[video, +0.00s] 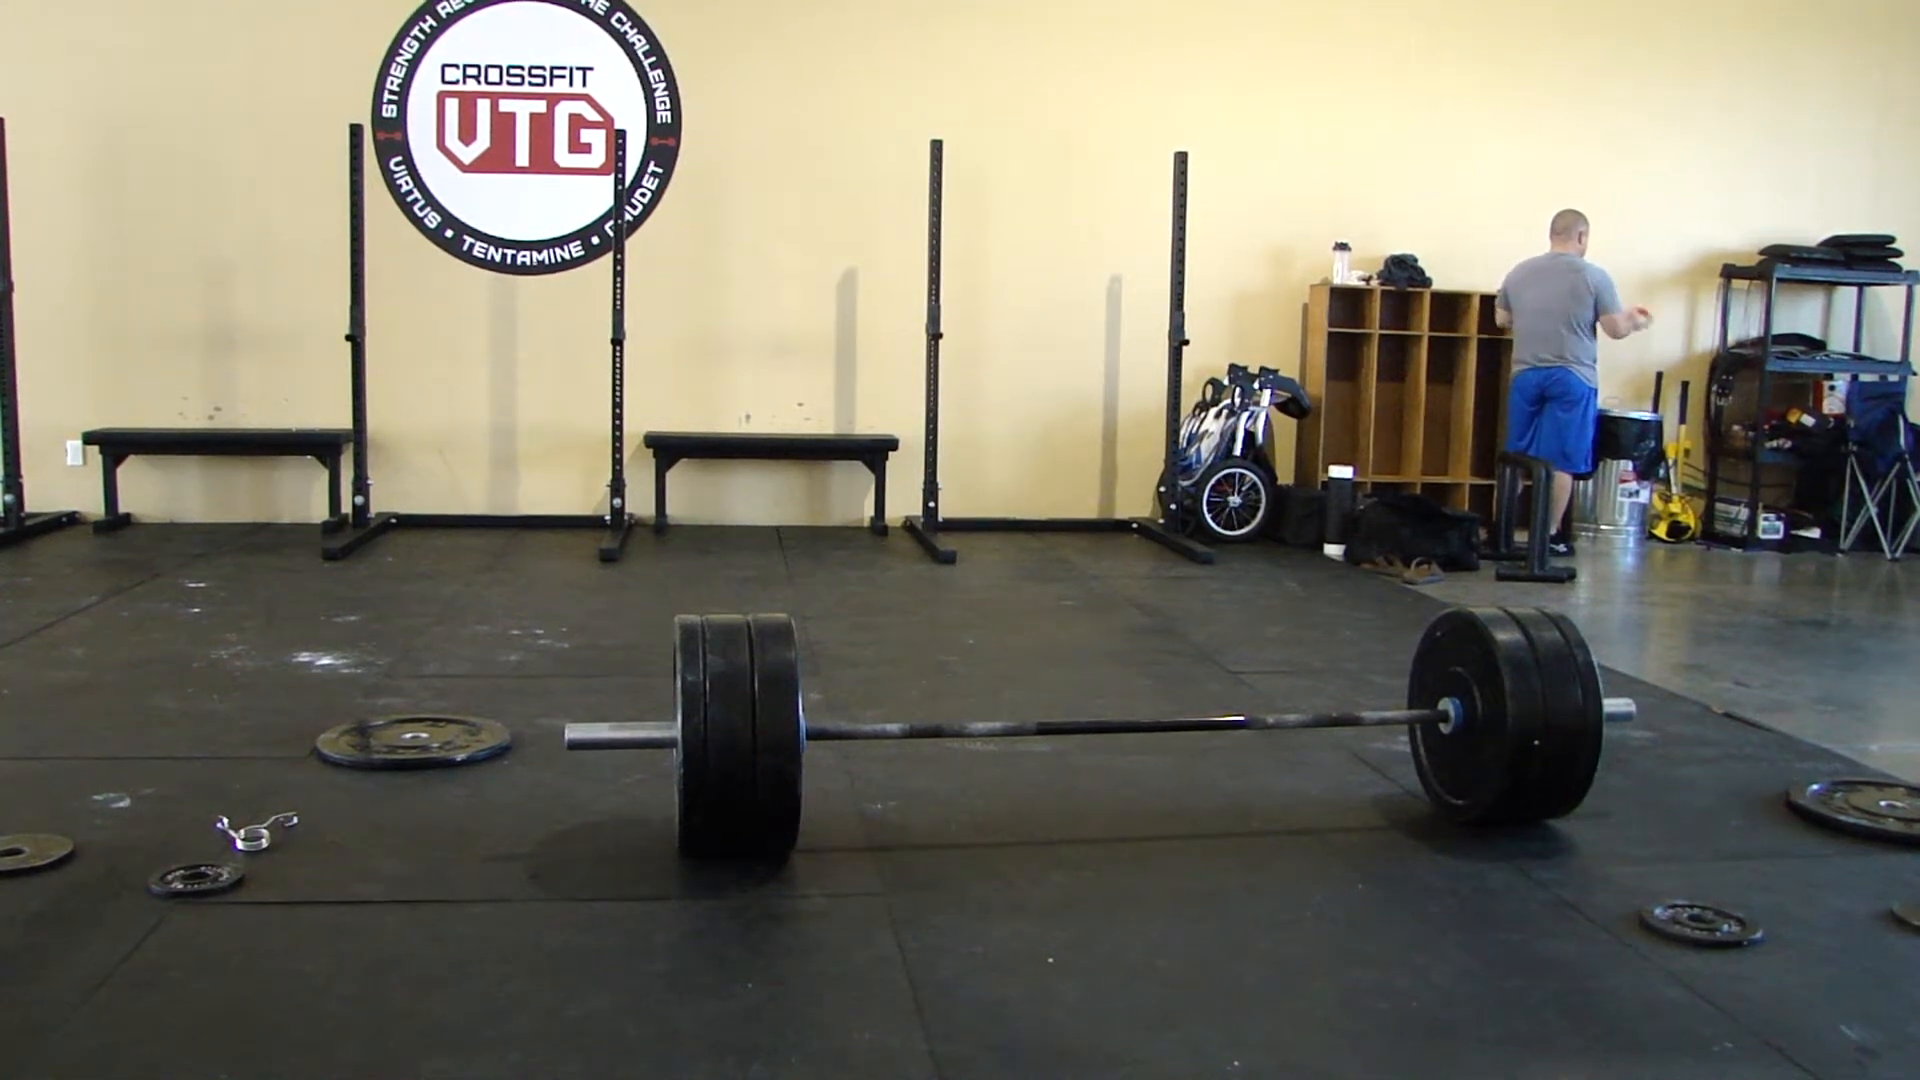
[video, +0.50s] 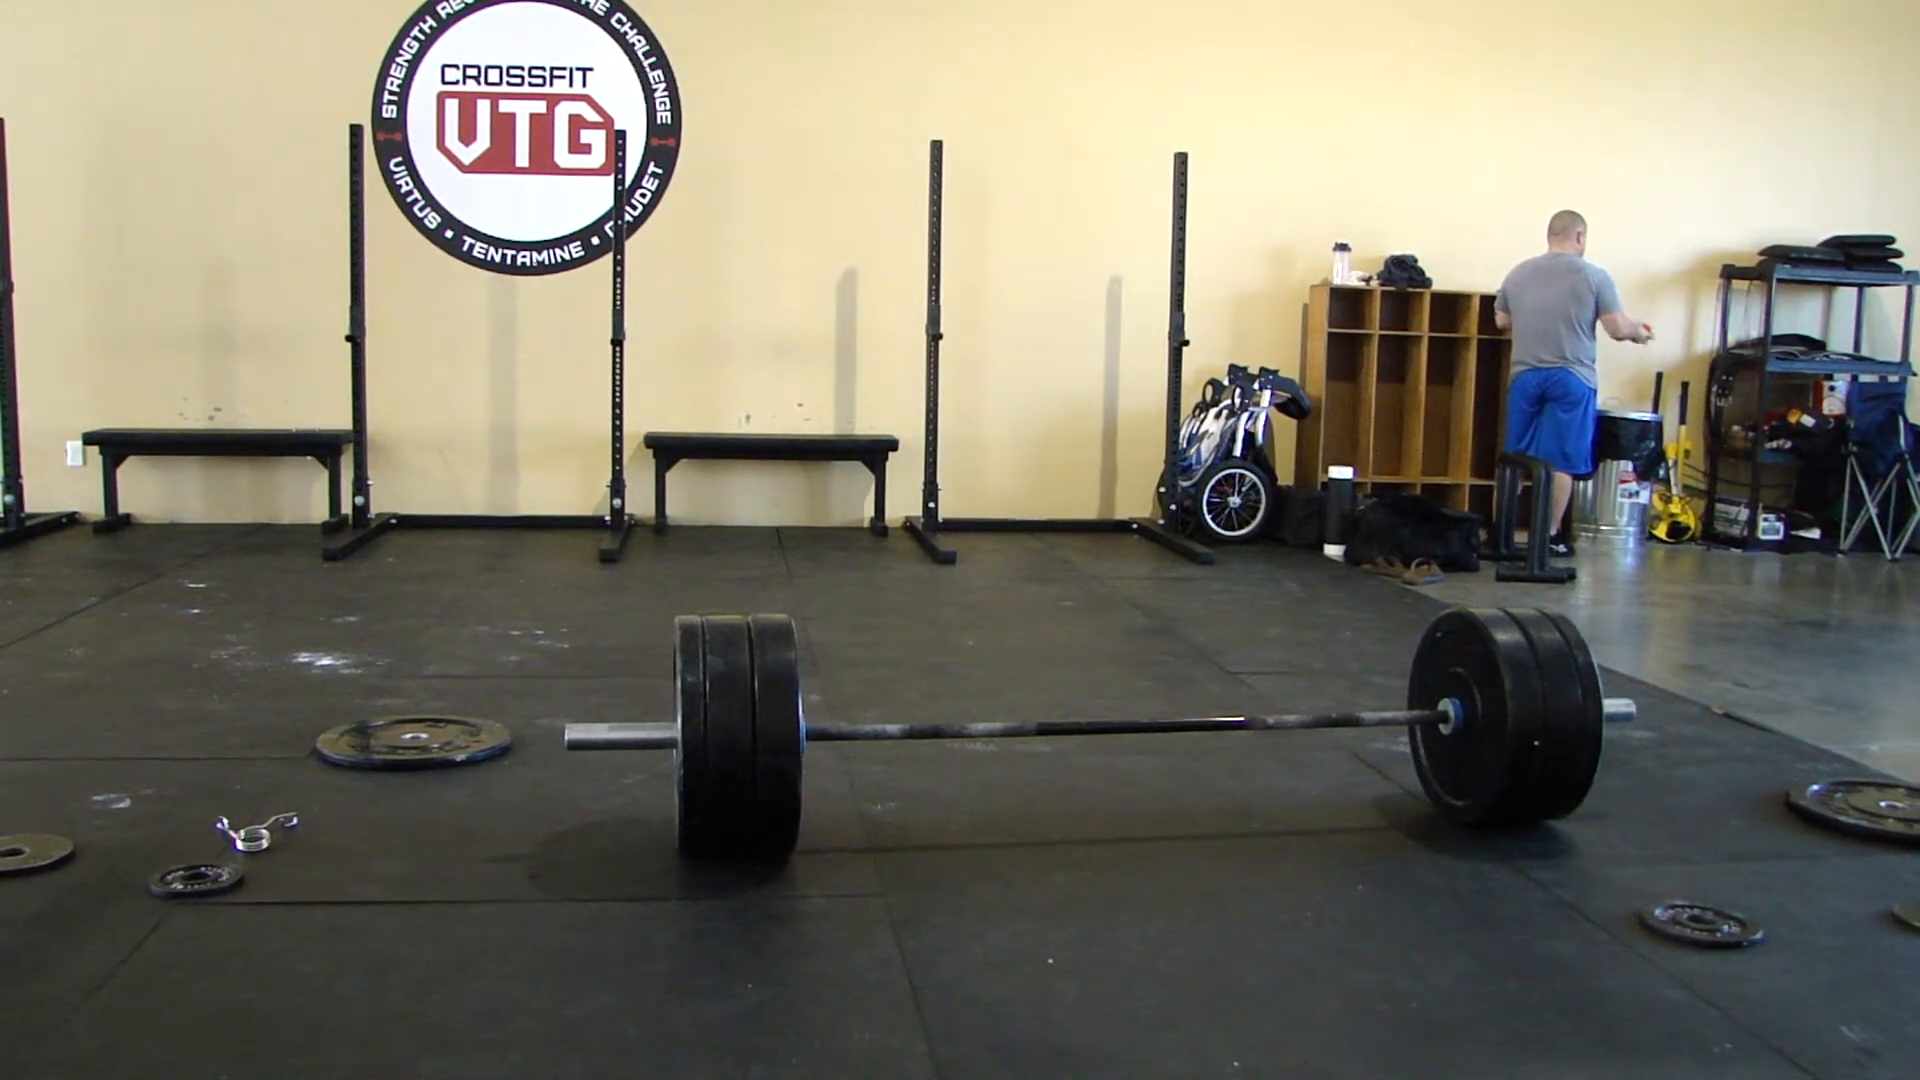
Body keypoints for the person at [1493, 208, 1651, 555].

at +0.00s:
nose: (1587, 245)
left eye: (1586, 239)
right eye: (1587, 239)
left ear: (1551, 236)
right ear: (1580, 237)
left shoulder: (1521, 271)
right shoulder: (1592, 274)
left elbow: (1502, 319)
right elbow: (1615, 329)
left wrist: (1536, 309)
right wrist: (1634, 320)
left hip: (1526, 375)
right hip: (1572, 377)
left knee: (1516, 457)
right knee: (1562, 463)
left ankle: (1503, 533)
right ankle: (1549, 536)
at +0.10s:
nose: (1586, 246)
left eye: (1585, 240)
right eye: (1587, 240)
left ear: (1551, 236)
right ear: (1581, 237)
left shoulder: (1520, 271)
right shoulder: (1592, 275)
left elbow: (1503, 318)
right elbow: (1616, 329)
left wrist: (1535, 306)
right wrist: (1627, 314)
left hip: (1525, 375)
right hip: (1572, 377)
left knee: (1515, 457)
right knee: (1562, 464)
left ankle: (1501, 532)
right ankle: (1549, 537)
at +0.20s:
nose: (1586, 245)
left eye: (1585, 240)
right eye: (1586, 239)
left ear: (1550, 236)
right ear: (1581, 237)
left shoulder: (1520, 271)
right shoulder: (1592, 274)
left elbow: (1503, 319)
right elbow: (1617, 328)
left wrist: (1536, 308)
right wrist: (1628, 314)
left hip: (1525, 375)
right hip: (1572, 377)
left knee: (1514, 458)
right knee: (1562, 464)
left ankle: (1502, 534)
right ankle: (1549, 537)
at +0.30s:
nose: (1586, 245)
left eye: (1585, 240)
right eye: (1586, 239)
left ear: (1549, 236)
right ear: (1579, 237)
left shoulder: (1519, 272)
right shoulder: (1592, 274)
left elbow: (1502, 319)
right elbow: (1617, 330)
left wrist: (1537, 311)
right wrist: (1634, 325)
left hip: (1525, 376)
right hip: (1572, 378)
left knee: (1514, 458)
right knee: (1562, 463)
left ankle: (1503, 535)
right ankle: (1549, 537)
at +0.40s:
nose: (1585, 245)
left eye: (1585, 240)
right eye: (1586, 239)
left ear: (1550, 236)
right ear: (1580, 237)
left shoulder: (1519, 272)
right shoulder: (1592, 274)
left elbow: (1502, 320)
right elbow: (1618, 329)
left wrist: (1536, 309)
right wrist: (1628, 319)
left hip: (1524, 376)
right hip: (1572, 377)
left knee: (1514, 459)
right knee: (1561, 463)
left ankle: (1502, 534)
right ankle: (1549, 537)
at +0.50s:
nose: (1585, 244)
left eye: (1583, 239)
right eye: (1585, 239)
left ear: (1549, 237)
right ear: (1579, 237)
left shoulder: (1519, 272)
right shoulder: (1593, 275)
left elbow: (1502, 321)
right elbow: (1617, 330)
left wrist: (1535, 312)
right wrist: (1637, 331)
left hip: (1525, 376)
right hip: (1572, 378)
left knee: (1514, 459)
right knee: (1562, 463)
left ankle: (1502, 534)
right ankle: (1549, 537)